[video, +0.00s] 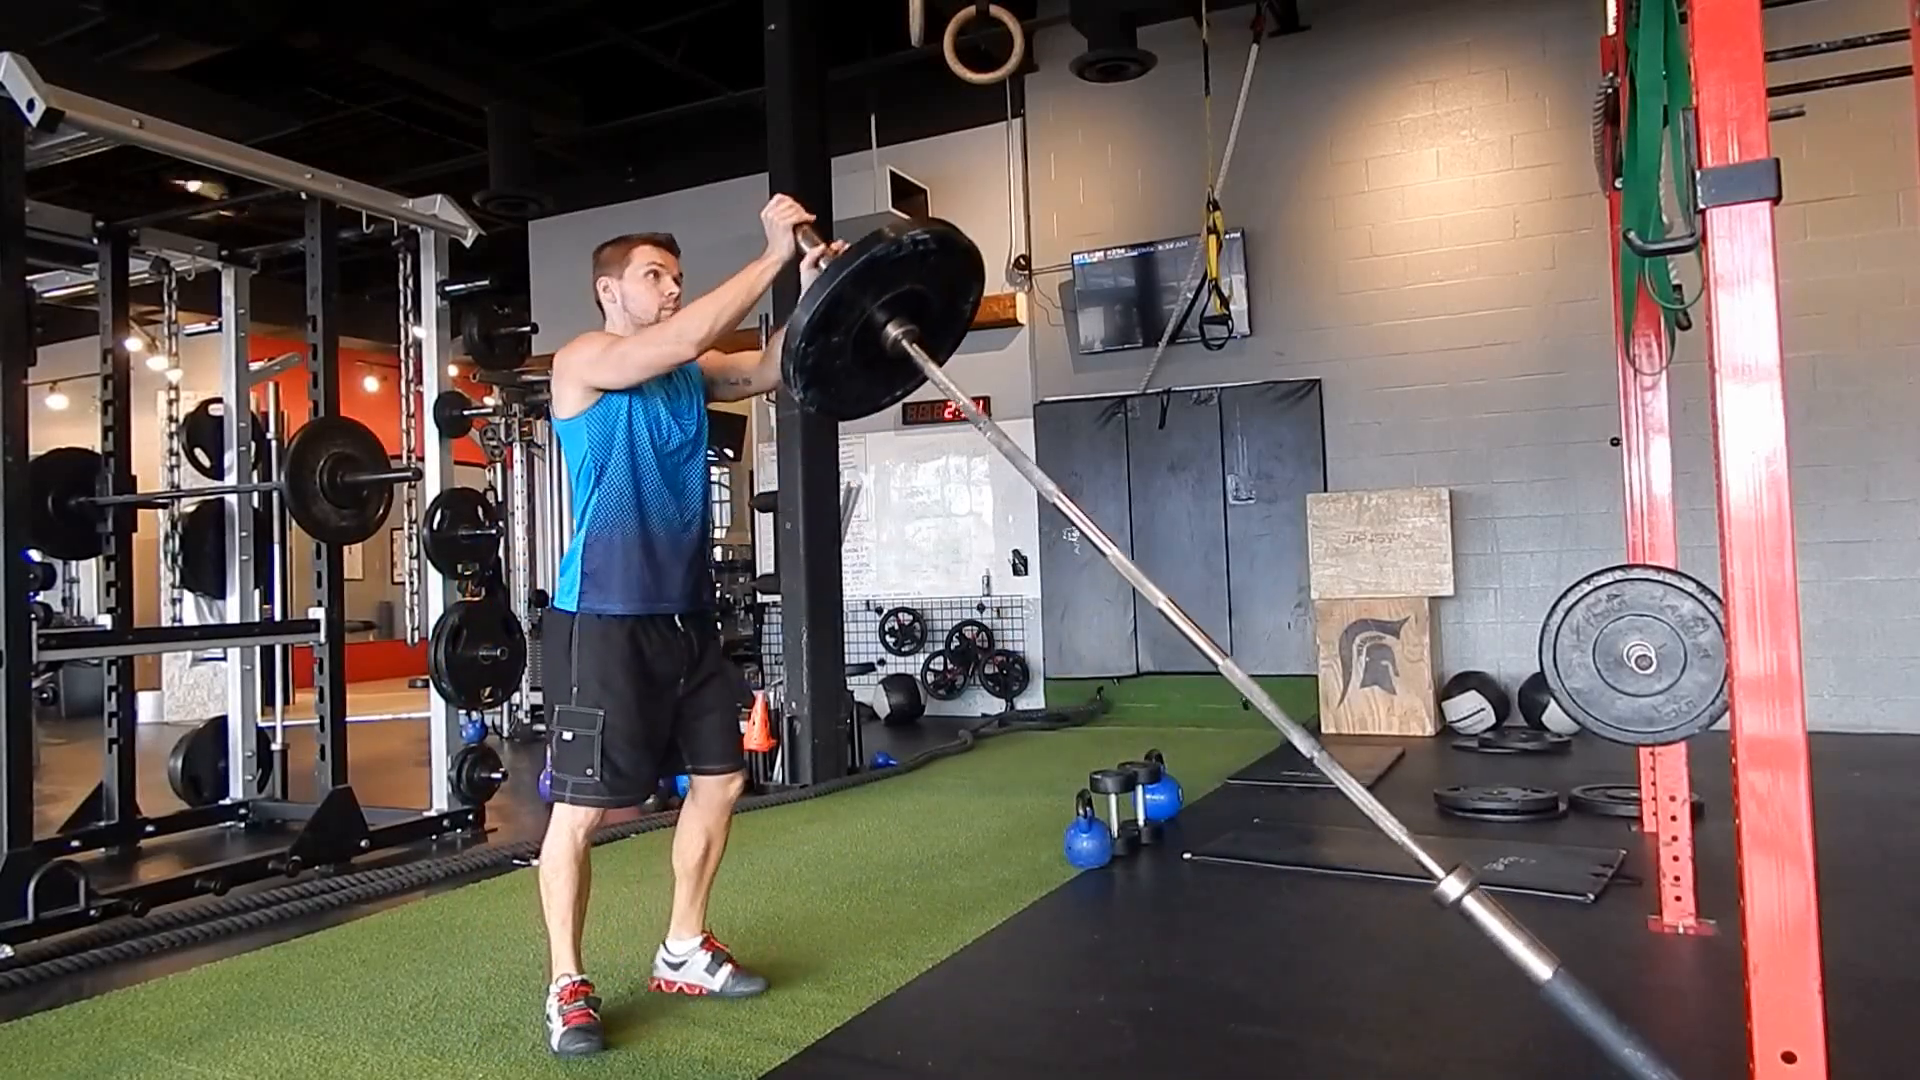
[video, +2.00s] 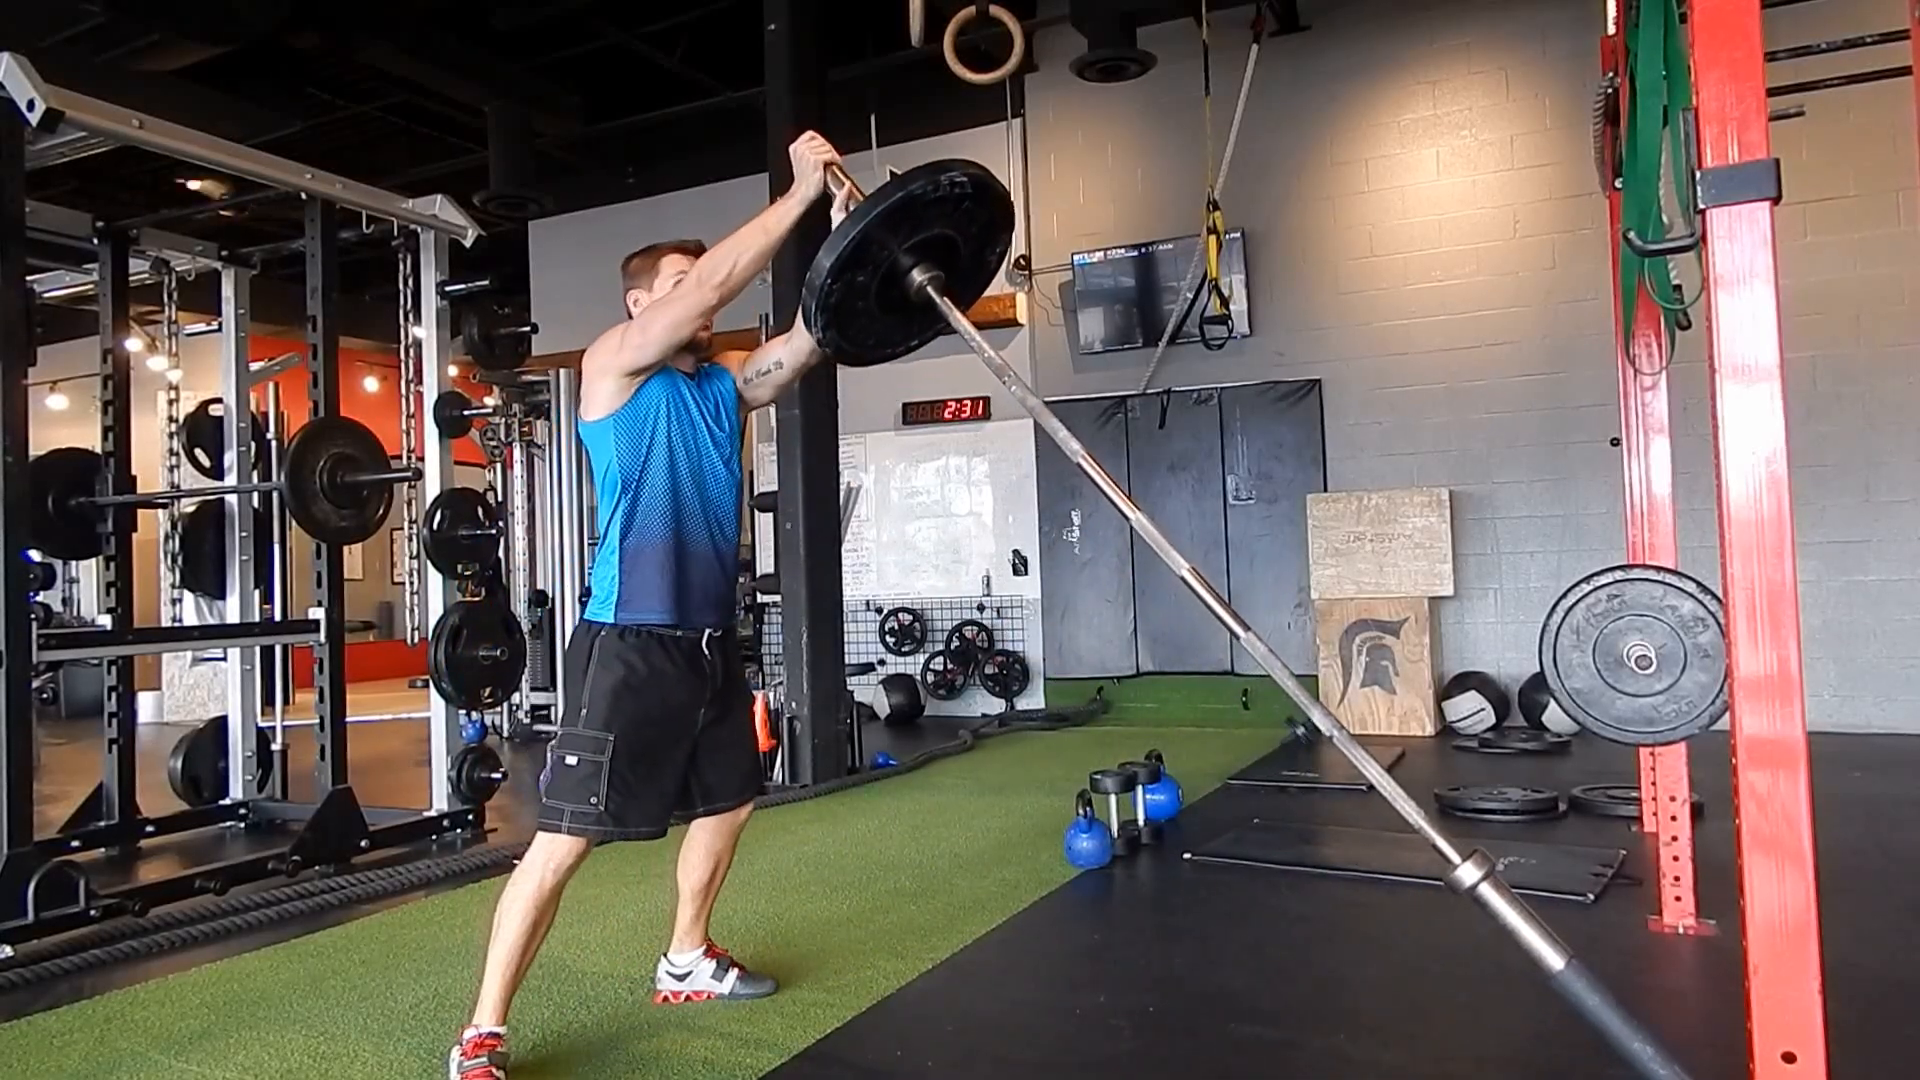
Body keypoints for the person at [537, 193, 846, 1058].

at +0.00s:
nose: (672, 290)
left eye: (678, 280)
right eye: (655, 275)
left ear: (676, 295)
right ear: (608, 289)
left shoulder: (689, 365)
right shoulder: (581, 359)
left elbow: (772, 362)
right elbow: (682, 336)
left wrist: (824, 284)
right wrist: (771, 258)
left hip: (689, 622)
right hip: (603, 623)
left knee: (719, 777)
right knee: (583, 804)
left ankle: (684, 949)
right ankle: (567, 981)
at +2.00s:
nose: (703, 285)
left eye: (704, 276)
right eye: (684, 277)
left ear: (701, 296)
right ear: (638, 297)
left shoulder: (728, 382)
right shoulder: (610, 366)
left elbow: (813, 335)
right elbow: (710, 285)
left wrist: (861, 235)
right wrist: (799, 194)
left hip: (711, 646)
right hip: (624, 646)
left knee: (728, 794)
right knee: (566, 835)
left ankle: (685, 960)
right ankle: (484, 1029)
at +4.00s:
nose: (625, 309)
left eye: (637, 297)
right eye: (607, 296)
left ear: (649, 310)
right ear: (569, 310)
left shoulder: (665, 385)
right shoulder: (529, 388)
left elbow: (728, 433)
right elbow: (509, 479)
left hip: (657, 648)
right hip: (551, 650)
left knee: (714, 807)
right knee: (512, 838)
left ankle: (696, 944)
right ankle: (477, 1033)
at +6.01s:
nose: (718, 364)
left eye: (717, 351)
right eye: (711, 350)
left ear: (650, 352)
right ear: (672, 347)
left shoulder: (615, 427)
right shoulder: (690, 404)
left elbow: (669, 555)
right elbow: (775, 506)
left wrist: (766, 556)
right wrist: (757, 543)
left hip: (662, 660)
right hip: (637, 664)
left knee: (729, 781)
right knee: (641, 862)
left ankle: (690, 961)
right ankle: (459, 1033)